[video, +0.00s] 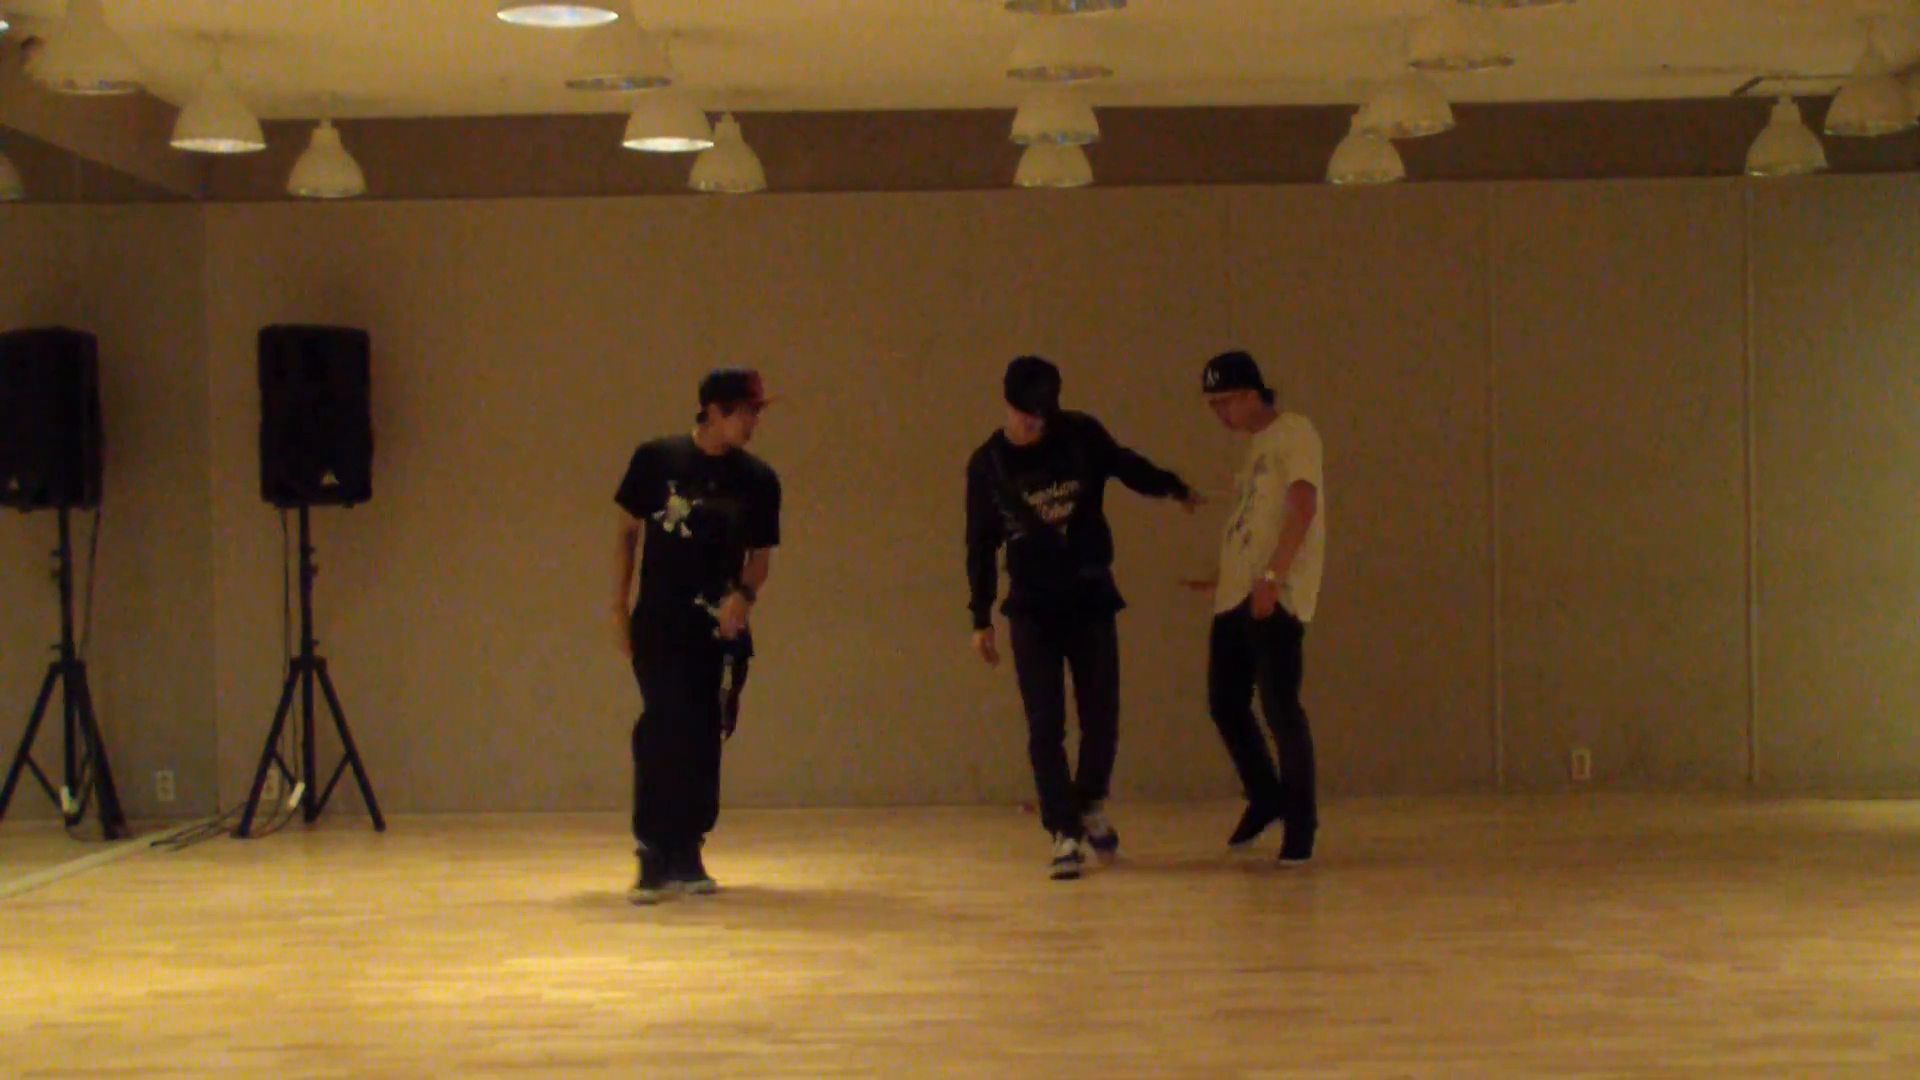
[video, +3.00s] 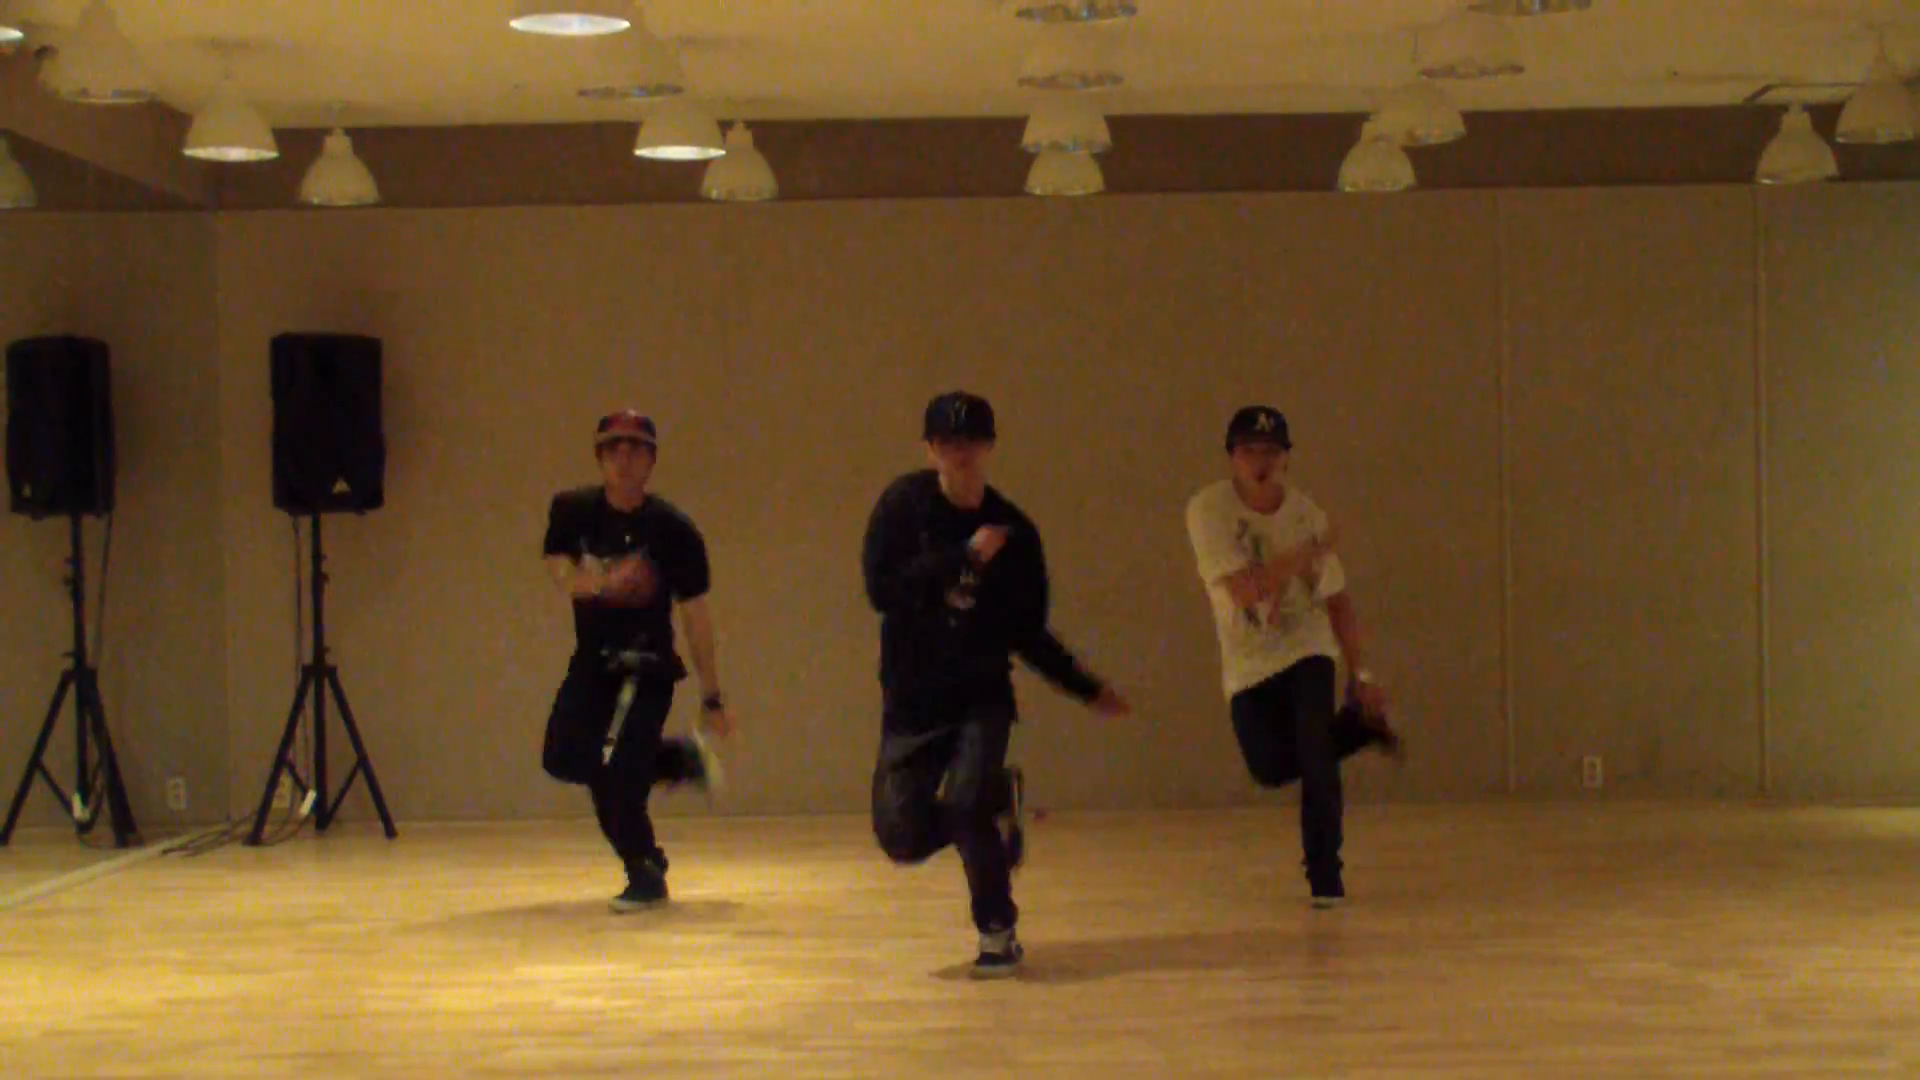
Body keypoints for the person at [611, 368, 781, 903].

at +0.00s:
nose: (754, 423)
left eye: (757, 414)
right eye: (746, 413)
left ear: (744, 417)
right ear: (714, 412)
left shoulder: (758, 480)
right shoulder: (656, 459)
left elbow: (759, 555)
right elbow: (627, 534)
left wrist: (745, 596)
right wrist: (620, 607)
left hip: (714, 624)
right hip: (656, 618)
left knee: (702, 734)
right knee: (663, 728)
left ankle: (688, 852)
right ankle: (654, 853)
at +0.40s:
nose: (697, 435)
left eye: (702, 426)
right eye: (688, 425)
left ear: (705, 430)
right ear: (658, 426)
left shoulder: (713, 496)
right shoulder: (612, 481)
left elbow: (733, 564)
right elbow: (582, 555)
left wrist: (725, 614)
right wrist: (588, 622)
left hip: (679, 638)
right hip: (621, 634)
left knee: (682, 744)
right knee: (624, 743)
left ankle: (686, 851)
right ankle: (636, 835)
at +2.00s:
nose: (658, 429)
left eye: (667, 420)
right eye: (650, 421)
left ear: (686, 425)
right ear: (637, 427)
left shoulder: (714, 478)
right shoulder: (619, 480)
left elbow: (744, 531)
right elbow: (606, 540)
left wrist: (733, 589)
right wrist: (601, 582)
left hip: (699, 631)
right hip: (638, 628)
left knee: (696, 737)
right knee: (643, 739)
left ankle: (698, 830)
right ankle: (652, 839)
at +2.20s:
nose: (654, 439)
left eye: (663, 431)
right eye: (644, 431)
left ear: (681, 440)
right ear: (632, 440)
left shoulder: (704, 493)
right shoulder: (610, 494)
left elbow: (726, 568)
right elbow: (588, 572)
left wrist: (705, 537)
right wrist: (594, 537)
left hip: (680, 629)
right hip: (624, 630)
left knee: (659, 709)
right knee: (625, 736)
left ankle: (682, 802)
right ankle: (651, 841)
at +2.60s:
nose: (640, 465)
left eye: (650, 456)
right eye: (631, 456)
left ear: (667, 465)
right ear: (617, 466)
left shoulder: (679, 519)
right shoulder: (600, 514)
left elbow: (695, 505)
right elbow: (579, 505)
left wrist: (711, 481)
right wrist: (562, 489)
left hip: (662, 637)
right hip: (604, 642)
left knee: (643, 700)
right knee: (603, 751)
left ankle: (617, 783)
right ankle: (652, 832)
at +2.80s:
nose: (620, 452)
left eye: (630, 443)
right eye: (610, 444)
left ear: (648, 453)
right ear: (598, 455)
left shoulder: (681, 508)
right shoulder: (578, 513)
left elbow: (746, 553)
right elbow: (523, 562)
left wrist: (807, 595)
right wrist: (488, 582)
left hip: (661, 647)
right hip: (601, 645)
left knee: (637, 745)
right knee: (583, 745)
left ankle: (649, 868)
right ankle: (595, 867)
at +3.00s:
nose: (624, 458)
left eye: (635, 448)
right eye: (614, 448)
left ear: (652, 460)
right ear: (599, 457)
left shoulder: (674, 530)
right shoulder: (571, 512)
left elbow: (697, 617)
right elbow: (563, 580)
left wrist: (712, 695)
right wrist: (605, 582)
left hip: (649, 663)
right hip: (593, 657)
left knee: (617, 769)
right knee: (562, 757)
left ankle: (645, 871)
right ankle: (673, 760)